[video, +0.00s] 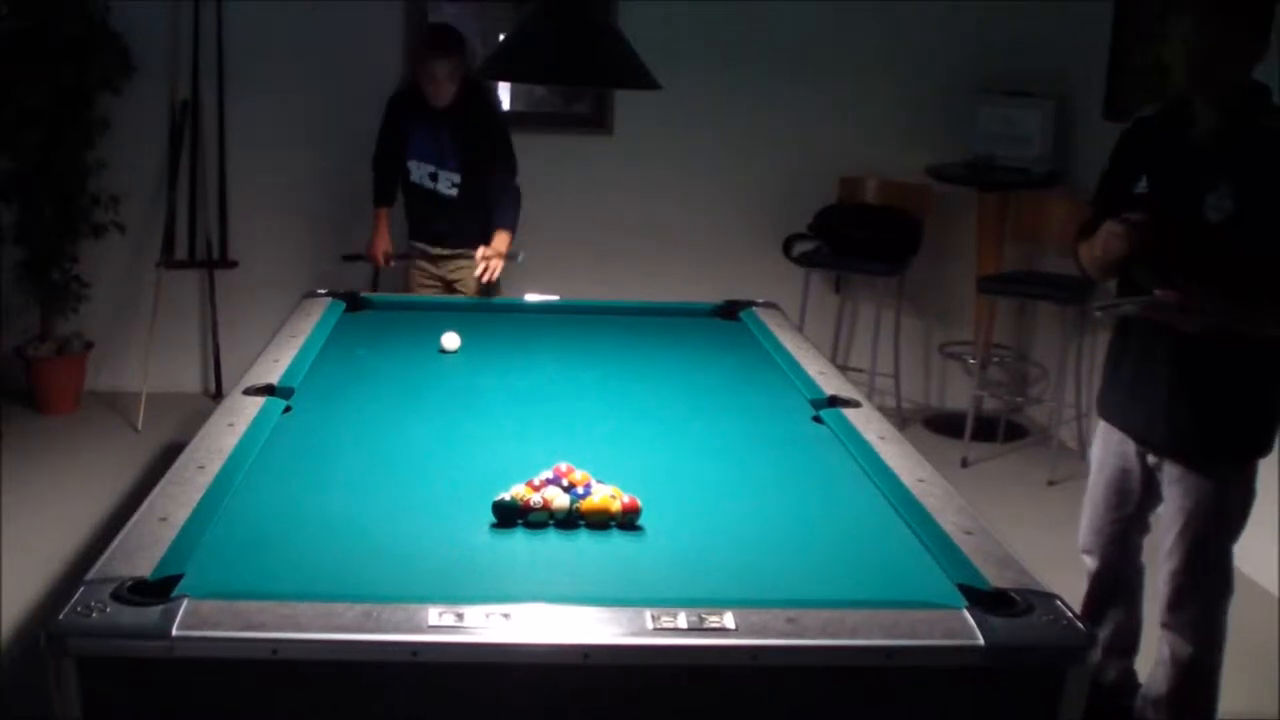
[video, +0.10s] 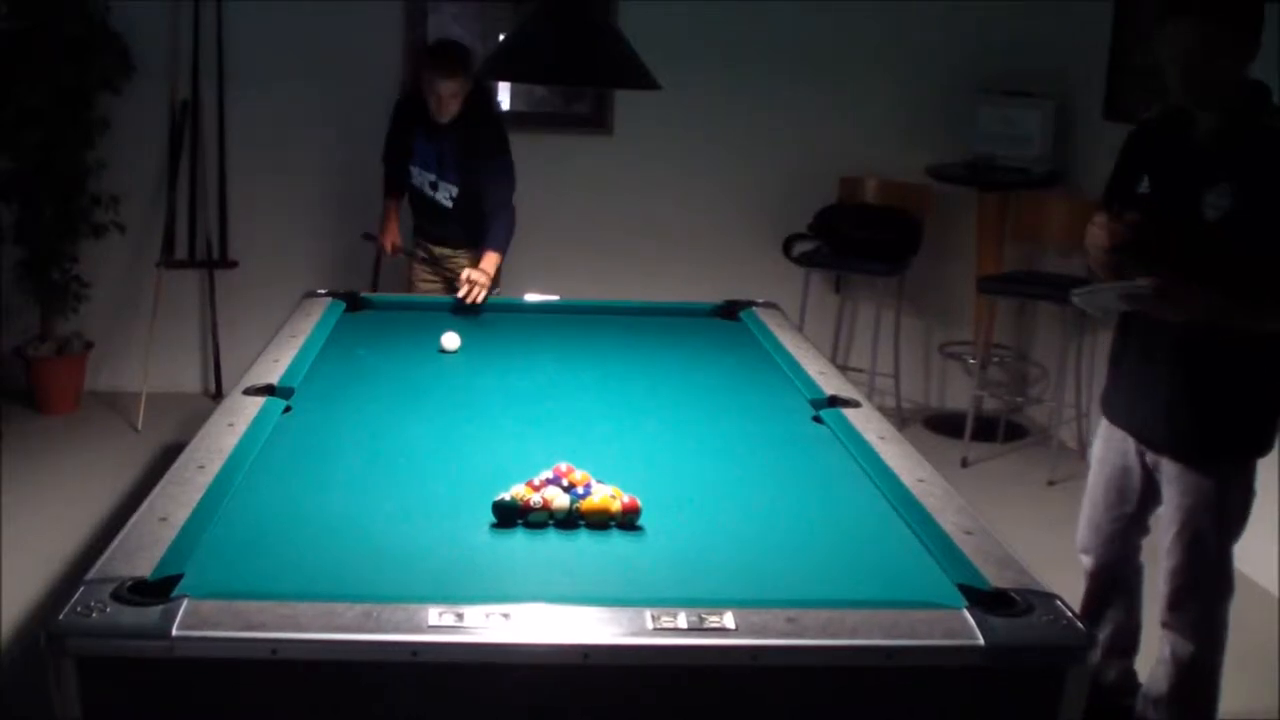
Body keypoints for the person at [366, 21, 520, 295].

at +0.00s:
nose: (440, 86)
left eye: (449, 77)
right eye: (431, 77)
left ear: (461, 74)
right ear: (418, 74)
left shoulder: (481, 112)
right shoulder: (403, 107)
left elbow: (505, 185)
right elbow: (384, 168)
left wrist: (499, 246)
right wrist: (381, 230)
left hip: (473, 258)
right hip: (422, 255)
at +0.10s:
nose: (444, 105)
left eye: (454, 96)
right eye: (436, 95)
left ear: (466, 91)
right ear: (424, 89)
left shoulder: (485, 125)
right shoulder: (409, 112)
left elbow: (501, 204)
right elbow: (395, 166)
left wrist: (486, 269)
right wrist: (391, 221)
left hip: (473, 255)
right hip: (425, 249)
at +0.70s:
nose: (431, 182)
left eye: (440, 173)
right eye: (423, 172)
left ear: (455, 159)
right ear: (413, 161)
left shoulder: (473, 180)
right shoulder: (401, 155)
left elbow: (491, 257)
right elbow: (399, 187)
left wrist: (460, 304)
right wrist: (402, 227)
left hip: (473, 247)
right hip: (434, 242)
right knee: (433, 313)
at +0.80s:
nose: (428, 193)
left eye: (437, 183)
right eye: (421, 183)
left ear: (452, 168)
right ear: (409, 171)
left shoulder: (470, 185)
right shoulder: (398, 156)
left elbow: (489, 259)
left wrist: (460, 304)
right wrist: (398, 221)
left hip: (470, 248)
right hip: (432, 243)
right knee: (431, 312)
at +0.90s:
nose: (426, 201)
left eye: (435, 192)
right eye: (419, 192)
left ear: (450, 175)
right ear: (406, 180)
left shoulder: (469, 193)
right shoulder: (403, 161)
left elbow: (488, 261)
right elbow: (388, 149)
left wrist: (459, 305)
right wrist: (395, 211)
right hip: (432, 243)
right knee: (430, 311)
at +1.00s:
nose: (425, 207)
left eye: (434, 197)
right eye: (418, 197)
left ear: (449, 180)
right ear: (406, 186)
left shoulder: (468, 197)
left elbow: (488, 265)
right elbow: (389, 146)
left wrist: (459, 306)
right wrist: (394, 205)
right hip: (433, 240)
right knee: (431, 308)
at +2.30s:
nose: (417, 209)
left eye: (426, 199)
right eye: (408, 200)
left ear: (440, 186)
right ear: (395, 191)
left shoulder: (463, 200)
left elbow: (480, 262)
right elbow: (382, 150)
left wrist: (457, 308)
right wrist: (387, 205)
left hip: (491, 247)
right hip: (440, 243)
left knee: (485, 324)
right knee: (426, 315)